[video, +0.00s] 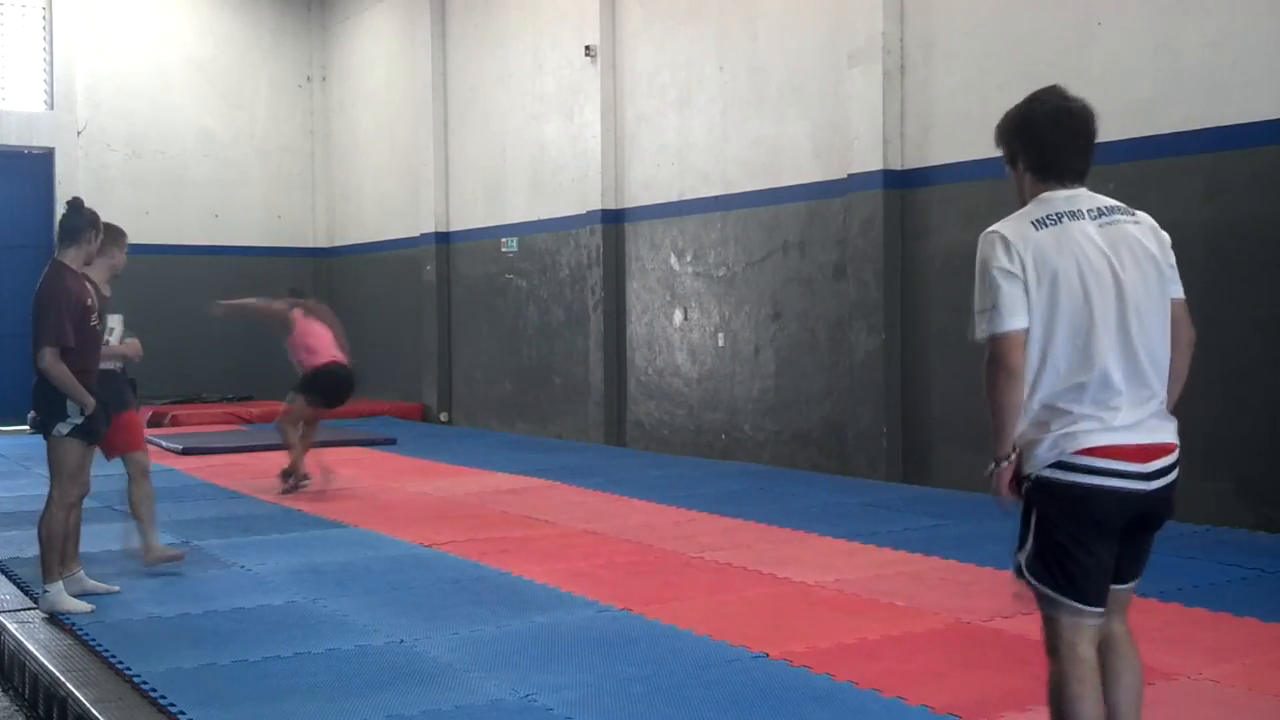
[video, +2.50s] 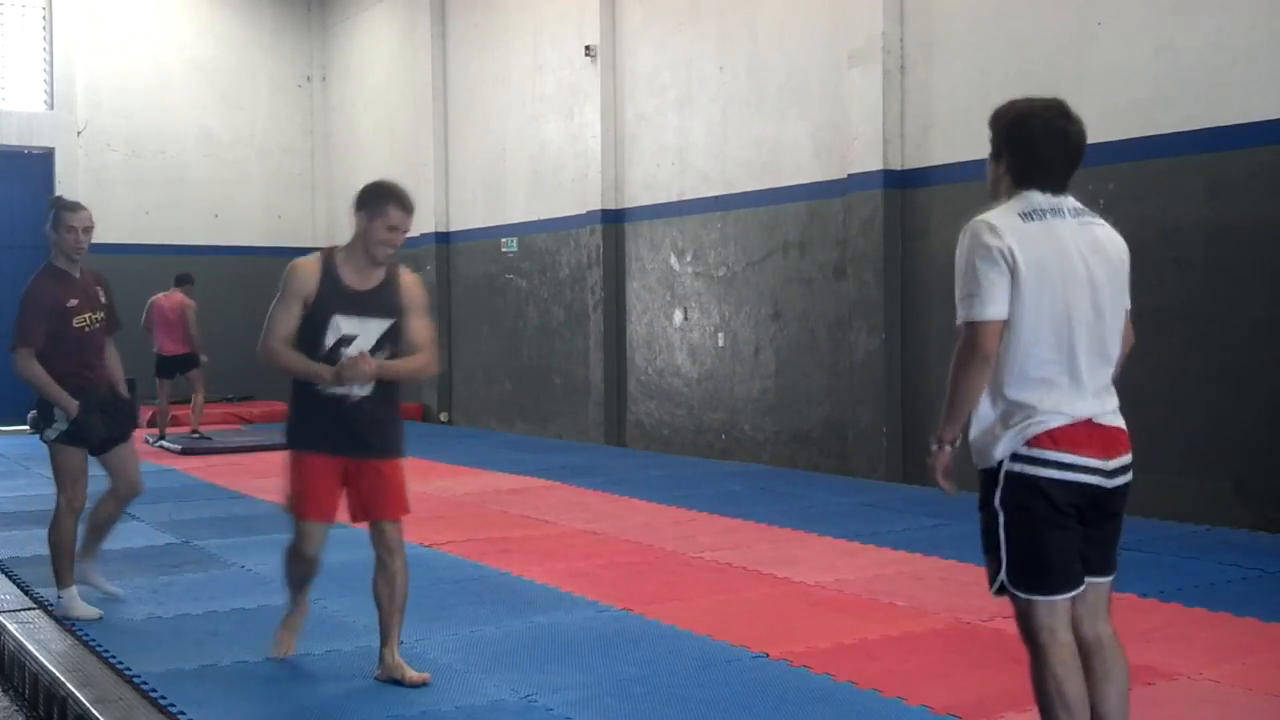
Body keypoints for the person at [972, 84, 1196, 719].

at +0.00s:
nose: (1008, 174)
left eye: (1007, 161)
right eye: (1008, 160)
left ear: (1019, 162)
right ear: (1083, 154)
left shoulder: (1007, 240)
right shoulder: (1145, 229)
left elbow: (1007, 359)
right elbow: (1182, 339)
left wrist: (1004, 453)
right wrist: (1155, 420)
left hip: (1074, 477)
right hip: (1154, 471)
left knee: (1073, 641)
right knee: (1115, 618)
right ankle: (1125, 718)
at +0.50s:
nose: (965, 349)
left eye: (967, 336)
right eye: (966, 337)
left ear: (978, 329)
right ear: (1033, 316)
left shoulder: (989, 368)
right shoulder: (1084, 365)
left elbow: (943, 472)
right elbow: (1093, 472)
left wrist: (925, 572)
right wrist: (1048, 556)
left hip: (1128, 551)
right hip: (1200, 553)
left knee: (1015, 634)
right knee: (1082, 640)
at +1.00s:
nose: (950, 494)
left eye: (950, 484)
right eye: (950, 484)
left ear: (962, 483)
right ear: (1019, 475)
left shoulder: (974, 523)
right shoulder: (1053, 512)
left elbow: (900, 589)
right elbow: (990, 599)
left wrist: (829, 621)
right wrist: (931, 633)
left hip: (1140, 697)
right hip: (1193, 688)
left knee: (990, 650)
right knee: (1035, 636)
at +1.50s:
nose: (944, 339)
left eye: (944, 329)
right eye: (943, 329)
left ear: (954, 327)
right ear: (1013, 314)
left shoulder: (966, 359)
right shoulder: (1047, 348)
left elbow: (900, 465)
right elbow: (1030, 442)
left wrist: (879, 498)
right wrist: (974, 492)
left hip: (1130, 530)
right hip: (1203, 531)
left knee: (1033, 628)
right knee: (1080, 635)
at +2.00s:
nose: (936, 211)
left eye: (939, 199)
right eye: (938, 199)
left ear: (952, 202)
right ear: (1010, 200)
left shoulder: (959, 251)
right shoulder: (1052, 247)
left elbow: (981, 348)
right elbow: (1118, 340)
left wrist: (974, 452)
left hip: (1087, 452)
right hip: (1154, 447)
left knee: (1088, 635)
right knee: (1128, 628)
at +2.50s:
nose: (987, 161)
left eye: (991, 151)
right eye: (989, 150)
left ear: (1004, 161)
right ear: (1069, 163)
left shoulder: (992, 231)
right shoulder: (1106, 235)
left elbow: (980, 347)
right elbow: (1120, 342)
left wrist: (947, 436)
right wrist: (1065, 399)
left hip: (1030, 462)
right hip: (1108, 460)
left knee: (1048, 631)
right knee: (1096, 623)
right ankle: (1113, 718)